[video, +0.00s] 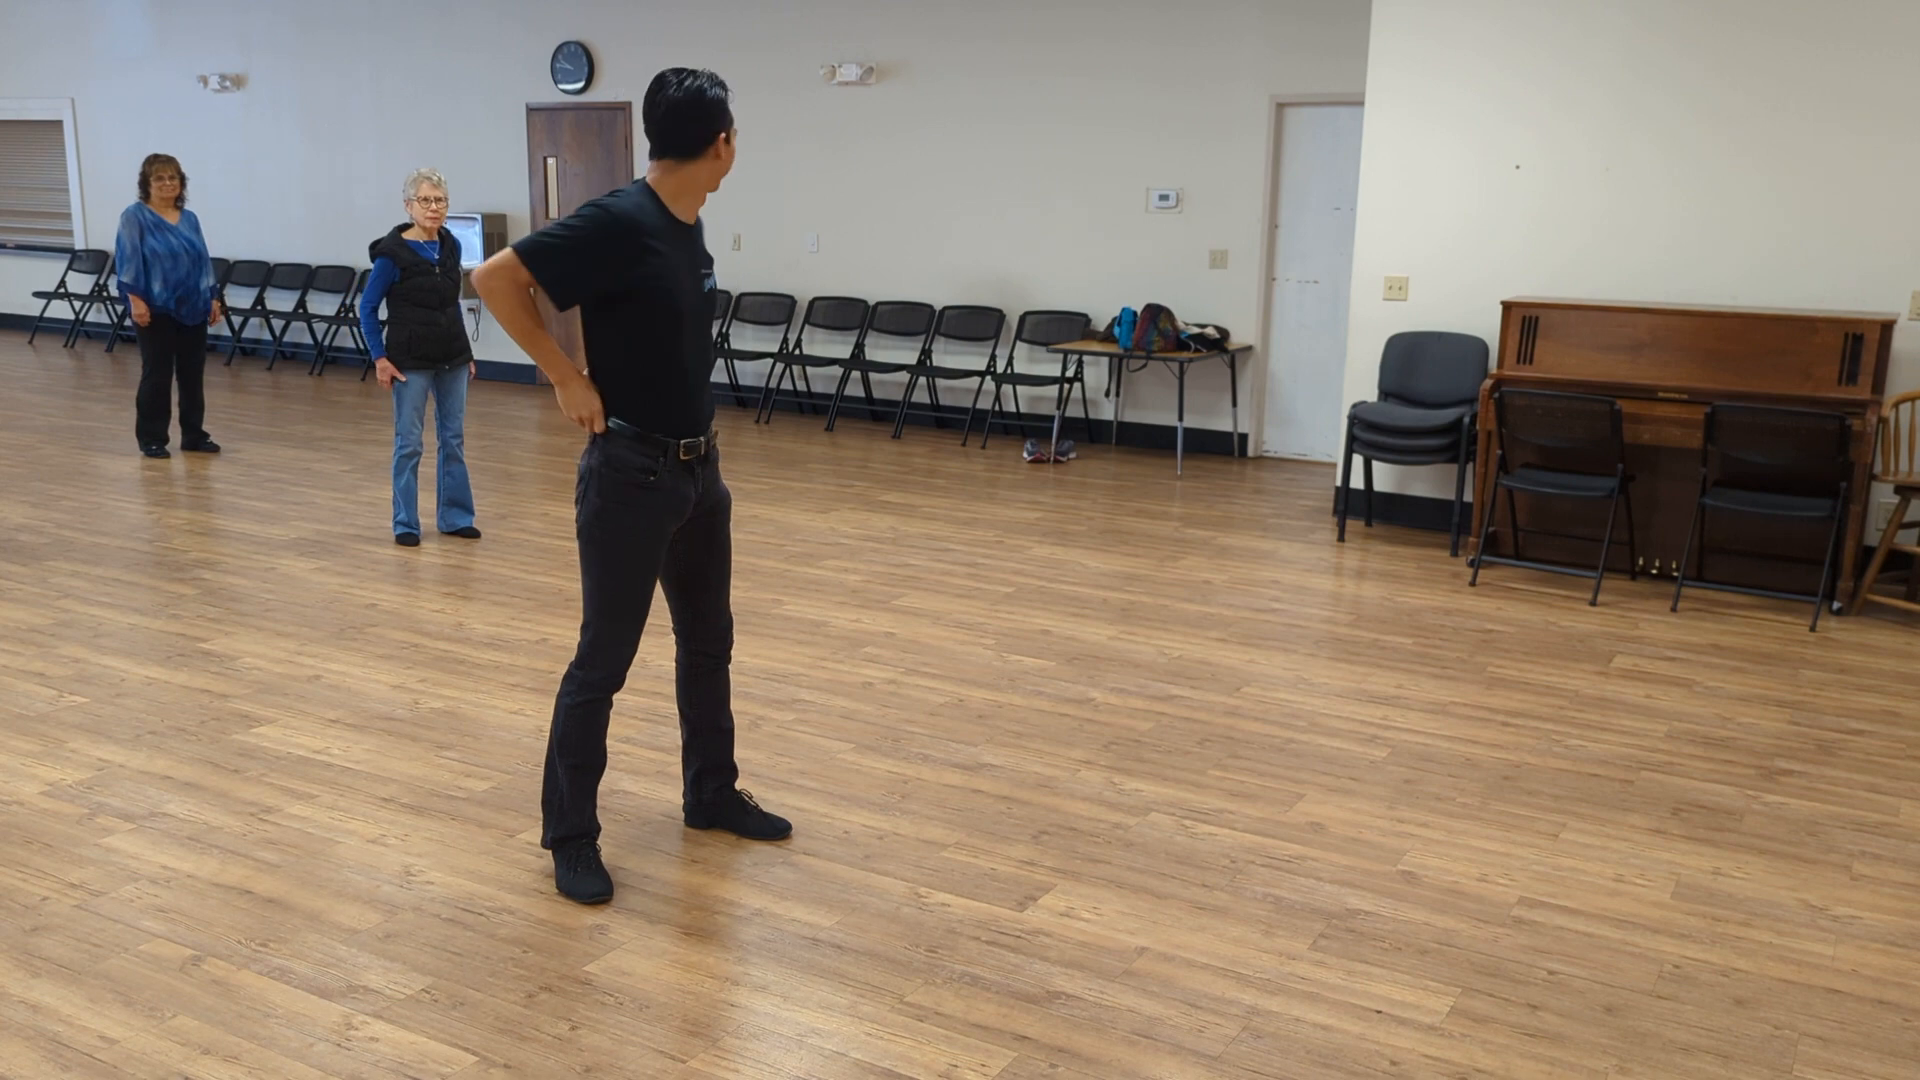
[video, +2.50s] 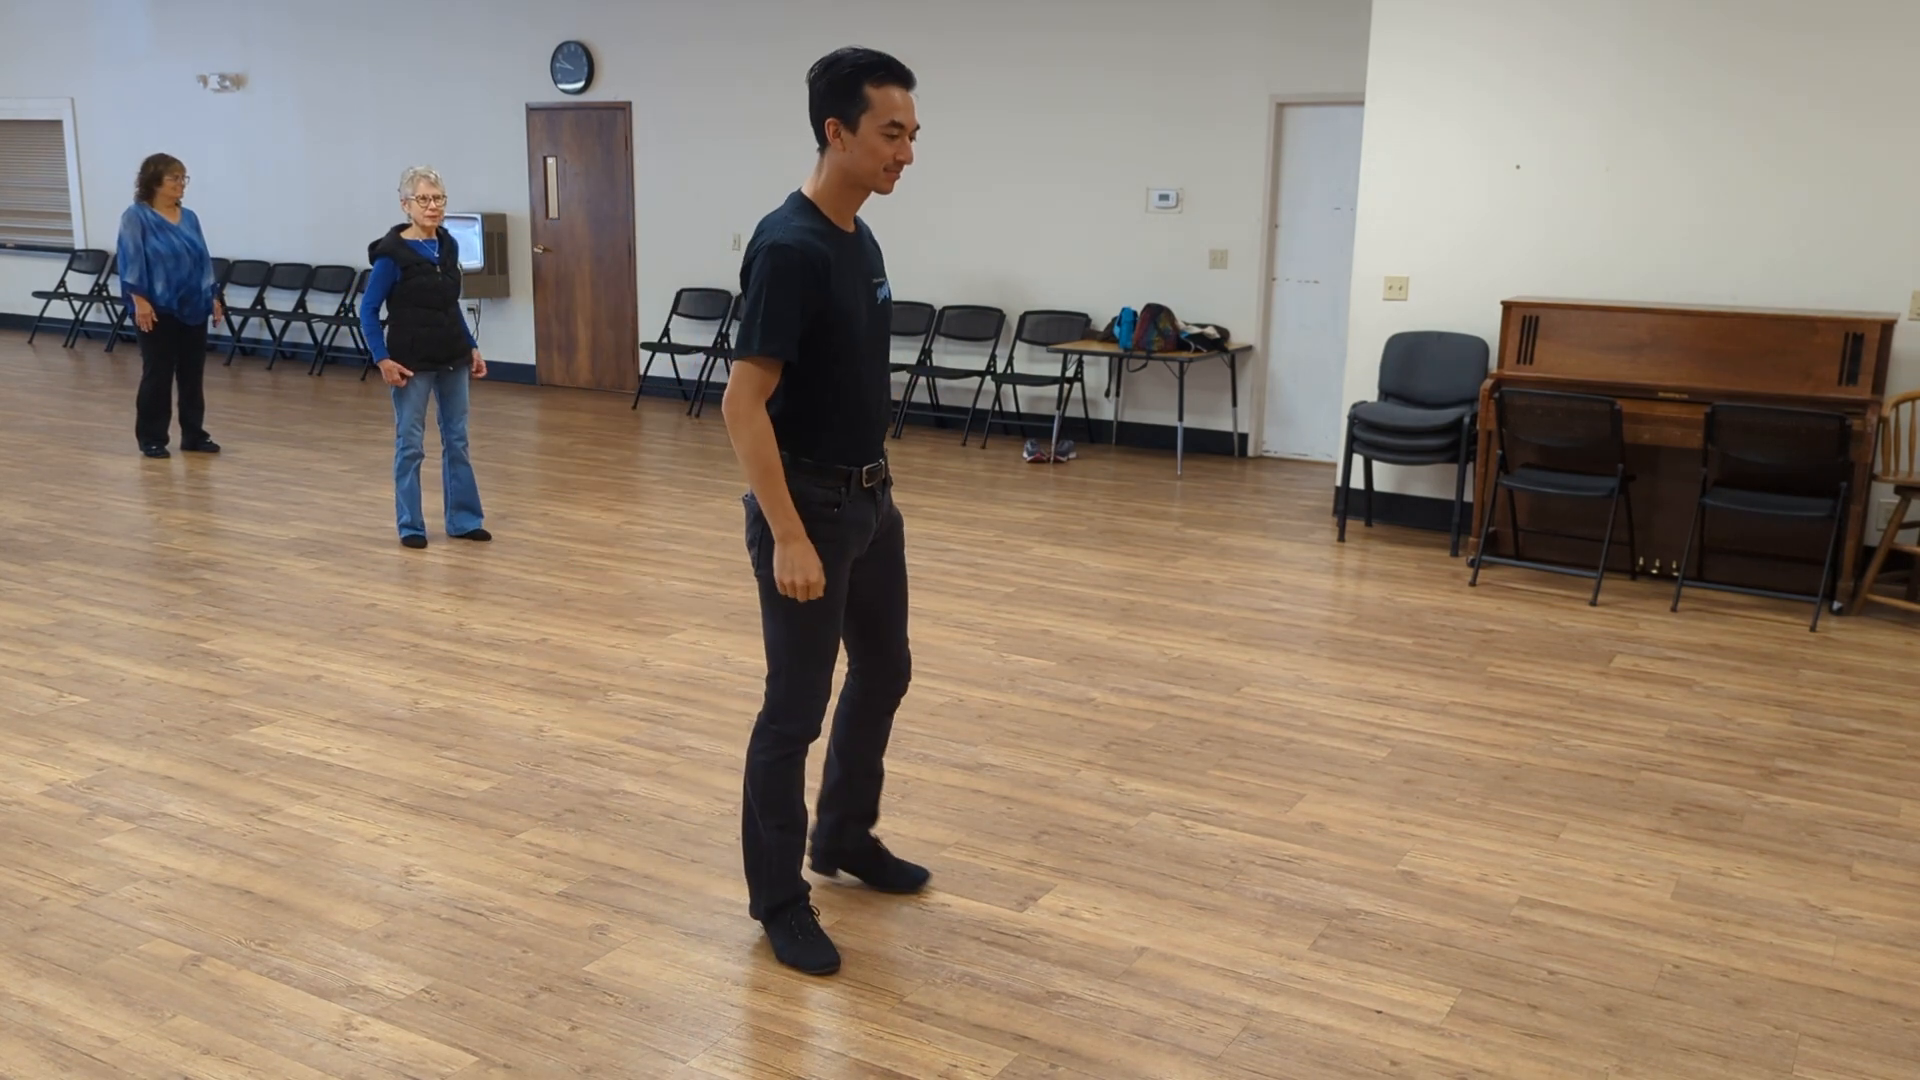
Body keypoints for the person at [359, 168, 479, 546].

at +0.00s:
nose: (434, 207)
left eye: (440, 201)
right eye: (426, 201)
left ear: (447, 205)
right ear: (410, 205)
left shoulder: (450, 246)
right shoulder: (394, 251)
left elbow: (452, 305)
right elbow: (367, 307)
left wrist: (466, 353)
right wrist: (379, 357)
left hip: (453, 357)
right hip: (410, 359)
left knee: (453, 441)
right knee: (409, 444)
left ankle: (455, 518)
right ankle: (406, 524)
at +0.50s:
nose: (449, 210)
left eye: (455, 203)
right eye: (441, 204)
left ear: (462, 208)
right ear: (425, 209)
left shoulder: (467, 250)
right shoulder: (409, 254)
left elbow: (473, 303)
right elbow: (384, 309)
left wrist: (487, 346)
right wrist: (395, 358)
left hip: (470, 360)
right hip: (427, 363)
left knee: (462, 440)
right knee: (430, 444)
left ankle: (457, 518)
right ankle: (410, 524)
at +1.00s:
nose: (450, 209)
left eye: (456, 202)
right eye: (442, 203)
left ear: (464, 207)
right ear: (426, 207)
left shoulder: (470, 250)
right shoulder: (410, 253)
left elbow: (478, 306)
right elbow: (382, 306)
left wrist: (486, 348)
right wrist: (389, 355)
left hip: (467, 360)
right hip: (422, 362)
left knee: (460, 440)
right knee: (429, 442)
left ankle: (457, 518)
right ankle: (414, 525)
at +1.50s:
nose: (434, 207)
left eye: (440, 201)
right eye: (425, 200)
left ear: (448, 206)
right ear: (409, 204)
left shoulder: (447, 249)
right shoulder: (391, 250)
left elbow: (447, 305)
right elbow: (358, 304)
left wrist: (463, 350)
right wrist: (370, 354)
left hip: (444, 360)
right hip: (399, 363)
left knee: (453, 441)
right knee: (404, 446)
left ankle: (457, 518)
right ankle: (411, 526)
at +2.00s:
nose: (422, 210)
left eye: (427, 203)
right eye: (413, 203)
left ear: (433, 207)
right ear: (395, 206)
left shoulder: (432, 249)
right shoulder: (379, 253)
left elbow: (433, 307)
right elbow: (350, 310)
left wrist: (451, 351)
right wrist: (366, 360)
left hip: (436, 361)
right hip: (393, 364)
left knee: (454, 435)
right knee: (400, 447)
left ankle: (452, 517)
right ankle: (409, 526)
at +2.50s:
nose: (433, 206)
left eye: (439, 199)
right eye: (424, 200)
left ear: (445, 203)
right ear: (406, 205)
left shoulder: (448, 246)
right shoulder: (393, 252)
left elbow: (451, 304)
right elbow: (367, 309)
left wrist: (471, 348)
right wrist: (382, 359)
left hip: (454, 357)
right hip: (411, 360)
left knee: (457, 441)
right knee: (411, 446)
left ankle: (464, 521)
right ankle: (411, 526)